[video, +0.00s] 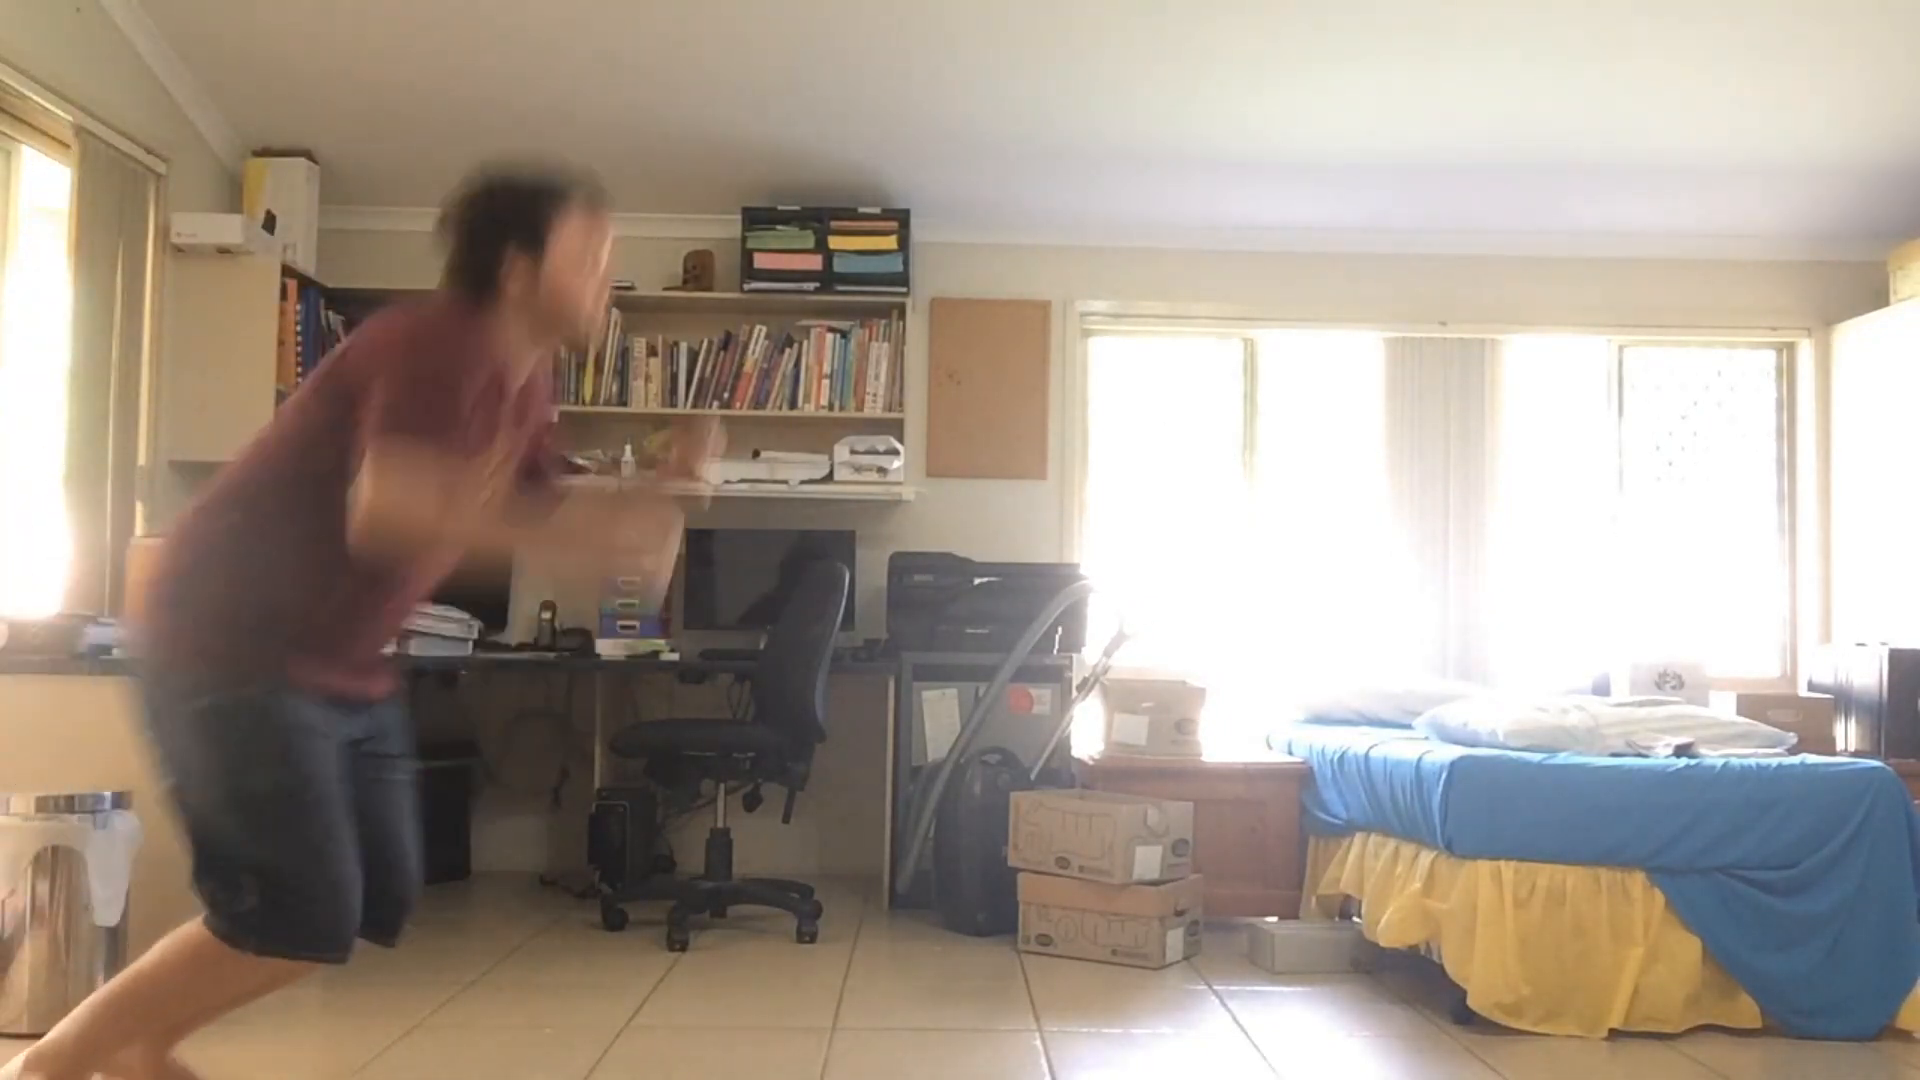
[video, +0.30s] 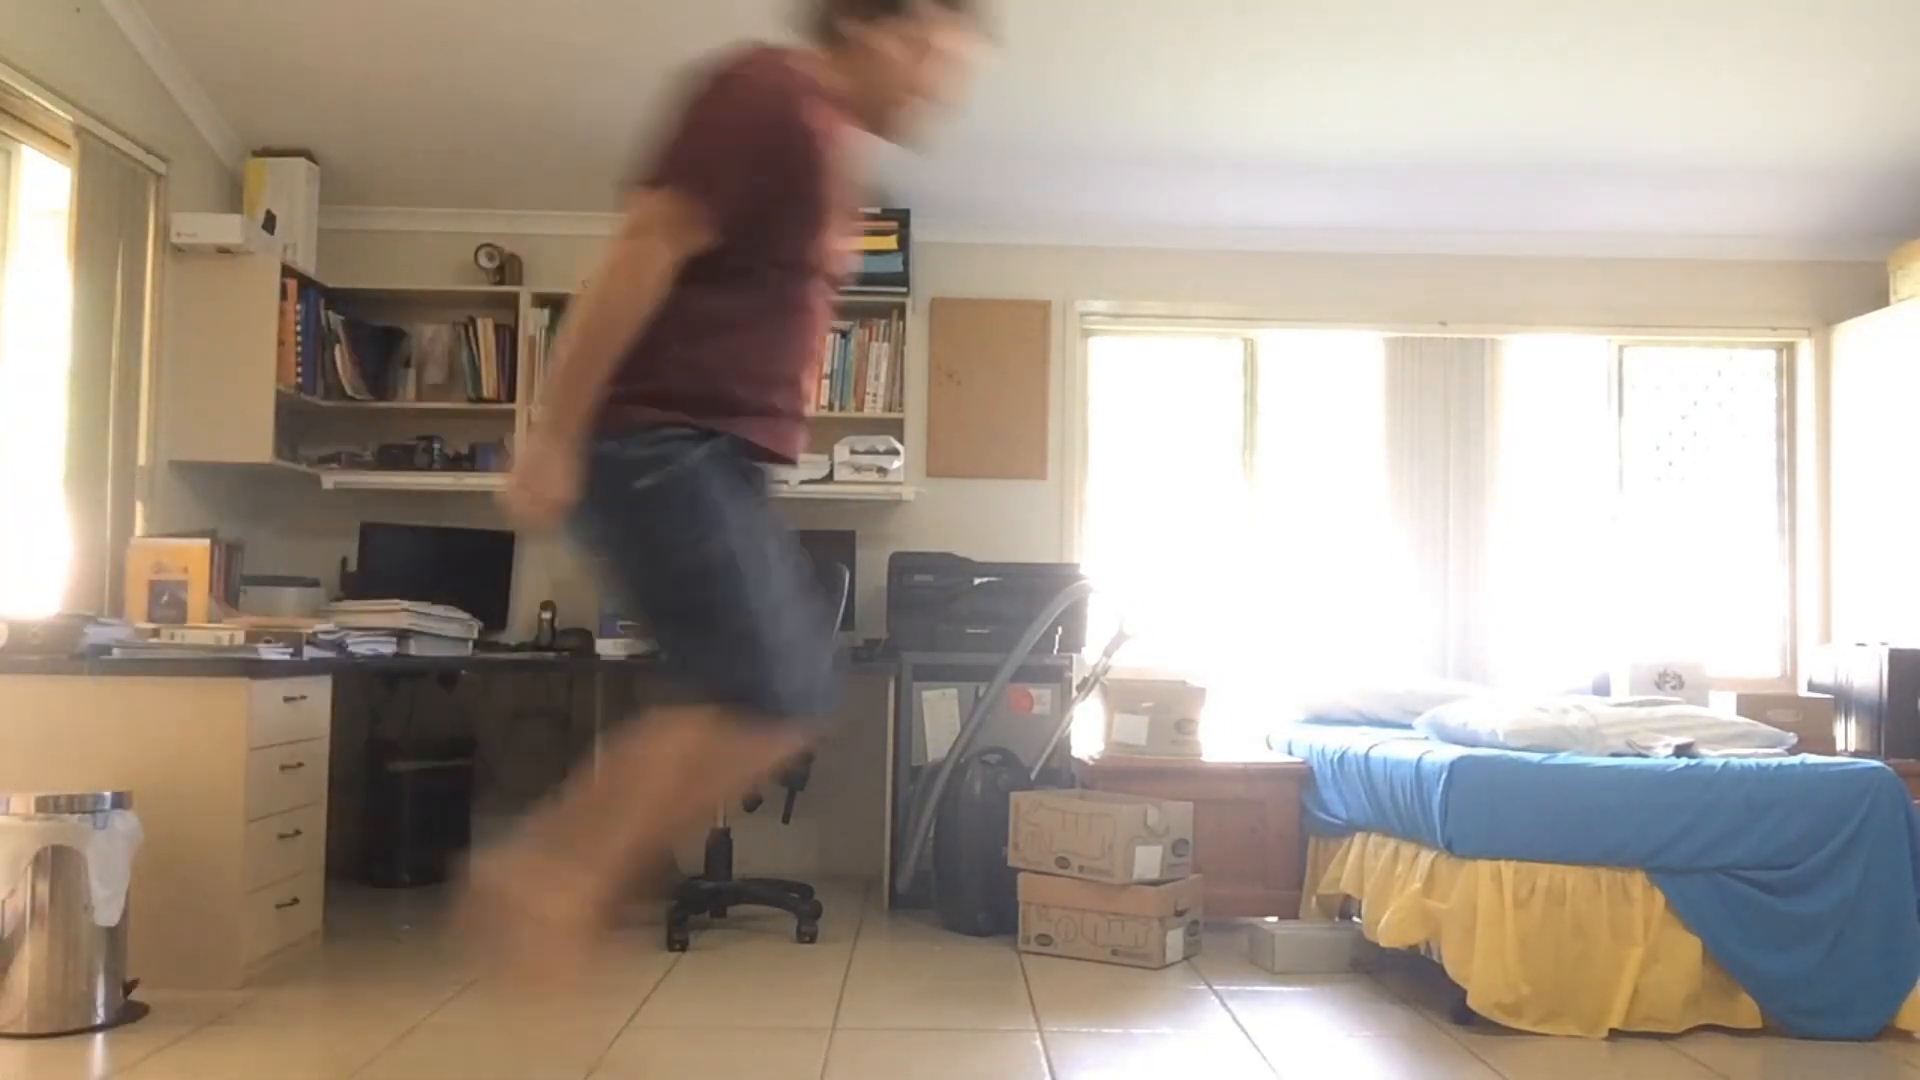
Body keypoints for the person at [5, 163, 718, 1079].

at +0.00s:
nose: (606, 282)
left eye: (606, 260)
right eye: (590, 257)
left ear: (547, 271)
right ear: (518, 264)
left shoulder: (525, 378)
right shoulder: (438, 340)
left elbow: (528, 507)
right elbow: (386, 508)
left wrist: (653, 489)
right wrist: (566, 535)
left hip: (345, 656)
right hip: (228, 643)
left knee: (372, 898)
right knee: (300, 912)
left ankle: (145, 1042)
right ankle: (53, 1063)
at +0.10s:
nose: (665, 135)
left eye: (666, 112)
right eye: (651, 109)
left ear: (598, 117)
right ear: (579, 111)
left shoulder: (575, 230)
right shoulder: (516, 188)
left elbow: (600, 320)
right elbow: (419, 267)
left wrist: (688, 347)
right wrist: (595, 372)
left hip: (490, 596)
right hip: (409, 583)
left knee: (363, 869)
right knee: (289, 860)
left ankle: (187, 1021)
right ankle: (65, 1050)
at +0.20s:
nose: (762, 55)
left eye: (767, 34)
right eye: (749, 27)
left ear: (698, 28)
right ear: (682, 18)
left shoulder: (684, 138)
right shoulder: (607, 91)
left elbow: (649, 292)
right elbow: (476, 225)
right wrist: (551, 424)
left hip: (650, 496)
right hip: (577, 481)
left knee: (545, 758)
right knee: (517, 755)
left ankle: (308, 925)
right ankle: (215, 902)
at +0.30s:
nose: (944, 87)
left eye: (952, 67)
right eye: (939, 57)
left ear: (892, 44)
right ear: (883, 30)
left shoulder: (829, 135)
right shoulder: (768, 90)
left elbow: (744, 296)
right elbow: (646, 245)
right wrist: (555, 428)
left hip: (720, 457)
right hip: (661, 450)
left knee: (766, 692)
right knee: (765, 691)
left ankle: (572, 891)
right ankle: (540, 874)